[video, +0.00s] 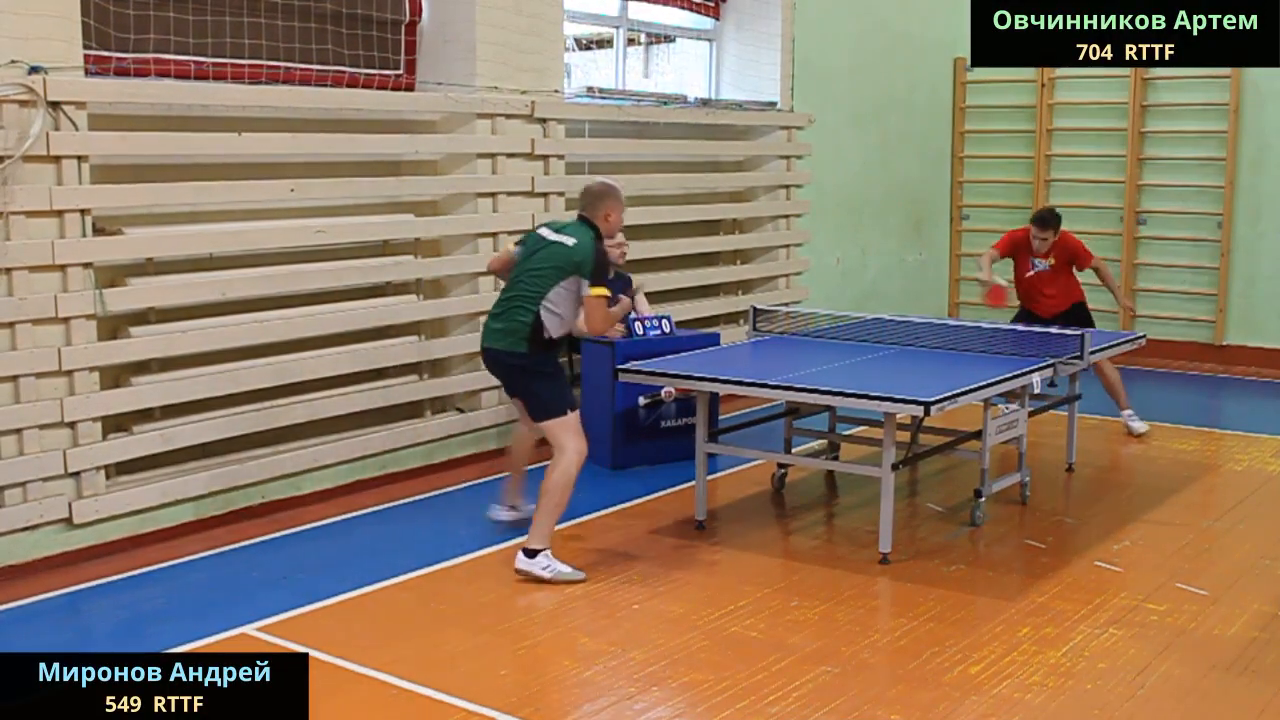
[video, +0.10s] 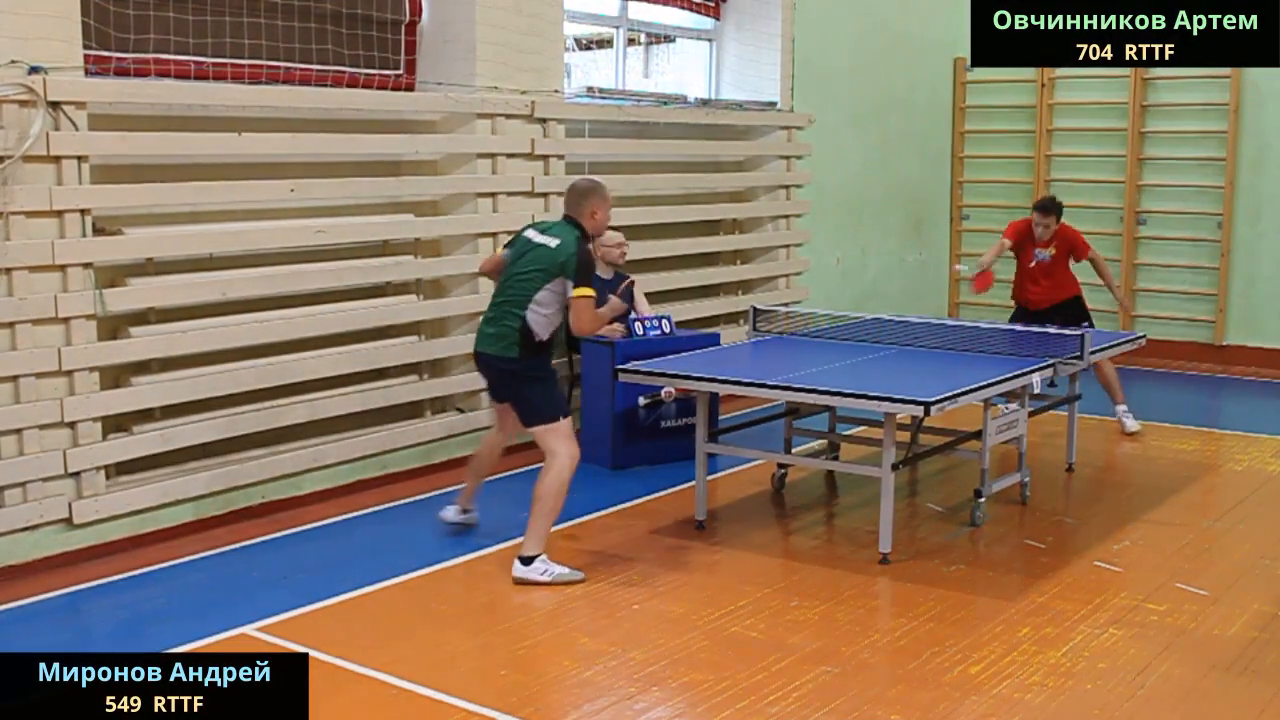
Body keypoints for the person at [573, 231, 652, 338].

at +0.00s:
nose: (624, 251)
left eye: (625, 245)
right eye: (618, 246)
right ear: (601, 249)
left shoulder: (625, 281)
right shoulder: (588, 281)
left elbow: (646, 314)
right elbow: (578, 325)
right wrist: (603, 330)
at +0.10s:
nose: (624, 251)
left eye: (625, 246)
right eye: (618, 247)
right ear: (597, 250)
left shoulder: (627, 282)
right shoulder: (584, 282)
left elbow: (647, 315)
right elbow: (578, 325)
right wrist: (602, 330)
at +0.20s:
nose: (624, 251)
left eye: (625, 246)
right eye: (617, 246)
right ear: (598, 250)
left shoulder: (628, 282)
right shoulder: (583, 282)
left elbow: (647, 315)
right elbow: (580, 324)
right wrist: (605, 331)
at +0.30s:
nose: (622, 251)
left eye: (624, 246)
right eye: (616, 246)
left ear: (627, 247)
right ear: (597, 251)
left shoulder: (630, 284)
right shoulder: (577, 284)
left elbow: (648, 320)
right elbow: (578, 329)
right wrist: (603, 330)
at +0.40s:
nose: (621, 252)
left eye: (623, 247)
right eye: (614, 247)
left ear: (626, 248)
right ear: (596, 251)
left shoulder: (628, 282)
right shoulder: (578, 283)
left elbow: (648, 316)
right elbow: (577, 328)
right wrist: (606, 330)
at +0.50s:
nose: (620, 252)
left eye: (622, 246)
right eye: (613, 247)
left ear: (625, 247)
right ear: (596, 250)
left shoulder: (628, 282)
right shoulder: (582, 282)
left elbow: (648, 317)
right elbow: (577, 324)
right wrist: (608, 332)